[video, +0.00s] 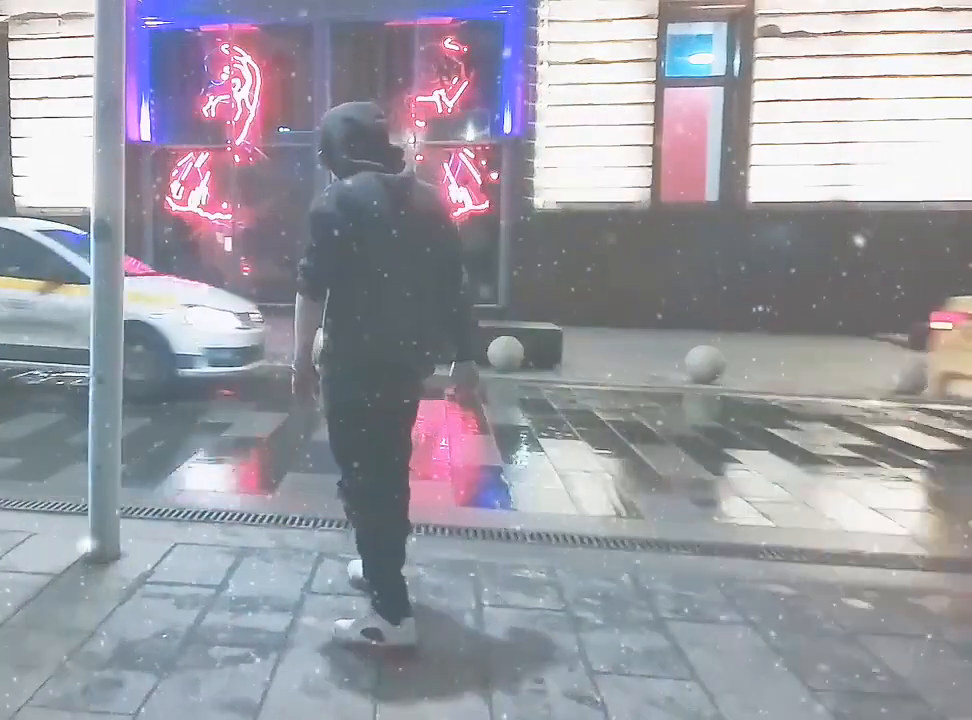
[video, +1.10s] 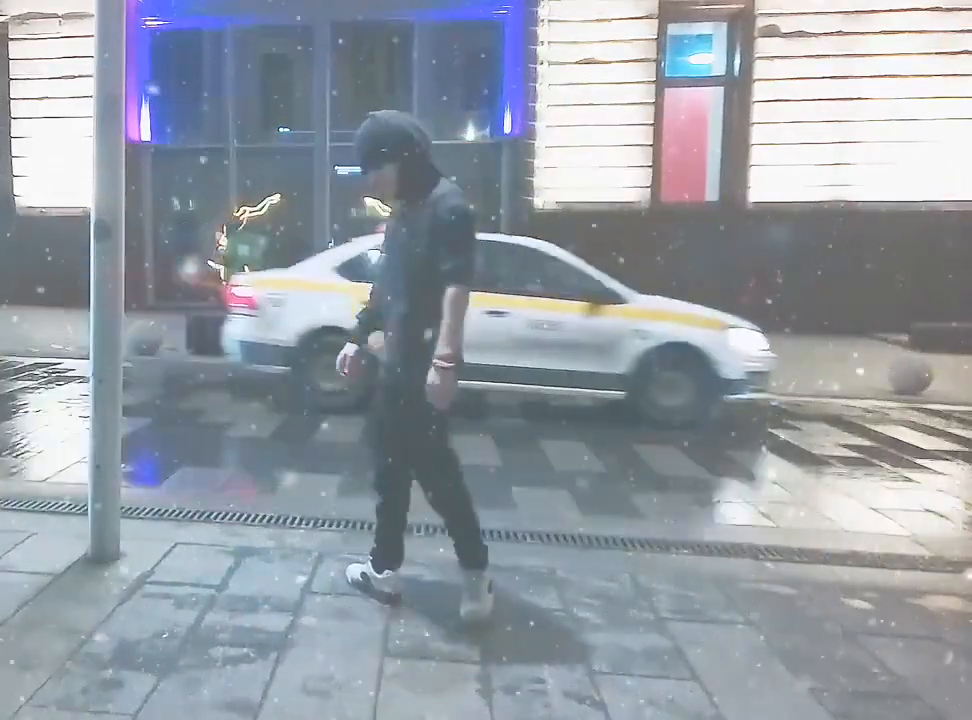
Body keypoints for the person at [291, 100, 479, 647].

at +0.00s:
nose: (325, 166)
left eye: (326, 156)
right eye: (327, 157)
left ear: (336, 154)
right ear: (381, 146)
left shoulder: (335, 202)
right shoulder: (425, 199)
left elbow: (313, 289)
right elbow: (455, 287)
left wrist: (301, 355)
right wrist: (466, 365)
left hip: (353, 357)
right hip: (409, 355)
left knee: (361, 472)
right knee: (393, 464)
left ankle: (394, 614)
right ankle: (379, 566)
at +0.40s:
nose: (330, 176)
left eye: (331, 165)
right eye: (328, 167)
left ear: (347, 156)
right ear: (382, 149)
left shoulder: (357, 200)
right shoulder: (426, 200)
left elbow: (339, 288)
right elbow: (441, 293)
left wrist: (311, 356)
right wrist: (426, 352)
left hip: (366, 350)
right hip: (412, 350)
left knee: (334, 463)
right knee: (388, 461)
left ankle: (373, 574)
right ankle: (385, 573)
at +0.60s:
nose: (339, 182)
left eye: (338, 170)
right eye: (334, 172)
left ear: (357, 156)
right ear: (374, 152)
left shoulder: (383, 200)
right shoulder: (407, 193)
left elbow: (380, 285)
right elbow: (403, 283)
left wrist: (345, 351)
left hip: (387, 351)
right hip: (408, 349)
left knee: (343, 454)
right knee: (387, 453)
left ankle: (401, 557)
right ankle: (387, 566)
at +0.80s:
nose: (349, 182)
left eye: (349, 170)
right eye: (345, 172)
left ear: (368, 160)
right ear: (378, 158)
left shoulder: (402, 205)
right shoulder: (397, 201)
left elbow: (416, 287)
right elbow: (393, 284)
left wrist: (392, 361)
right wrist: (360, 330)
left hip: (404, 356)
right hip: (398, 352)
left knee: (378, 457)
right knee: (388, 459)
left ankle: (463, 553)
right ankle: (385, 567)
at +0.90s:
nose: (353, 184)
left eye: (354, 172)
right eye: (349, 173)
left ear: (378, 163)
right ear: (381, 164)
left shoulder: (418, 211)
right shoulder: (396, 207)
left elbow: (432, 294)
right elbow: (386, 286)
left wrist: (419, 368)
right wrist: (352, 333)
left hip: (407, 358)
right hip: (388, 353)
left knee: (394, 460)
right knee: (396, 459)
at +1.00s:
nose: (360, 184)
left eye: (363, 171)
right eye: (357, 173)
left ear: (388, 161)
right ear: (384, 164)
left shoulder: (430, 211)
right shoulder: (401, 208)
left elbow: (439, 296)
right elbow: (385, 287)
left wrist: (430, 367)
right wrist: (353, 335)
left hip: (408, 360)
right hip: (389, 356)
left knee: (401, 463)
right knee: (401, 462)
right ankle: (384, 569)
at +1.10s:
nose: (370, 184)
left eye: (375, 171)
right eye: (367, 173)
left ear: (403, 160)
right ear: (393, 163)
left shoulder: (447, 209)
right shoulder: (406, 211)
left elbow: (457, 287)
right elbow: (388, 288)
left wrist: (446, 362)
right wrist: (356, 339)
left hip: (422, 358)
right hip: (398, 355)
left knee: (397, 454)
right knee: (417, 458)